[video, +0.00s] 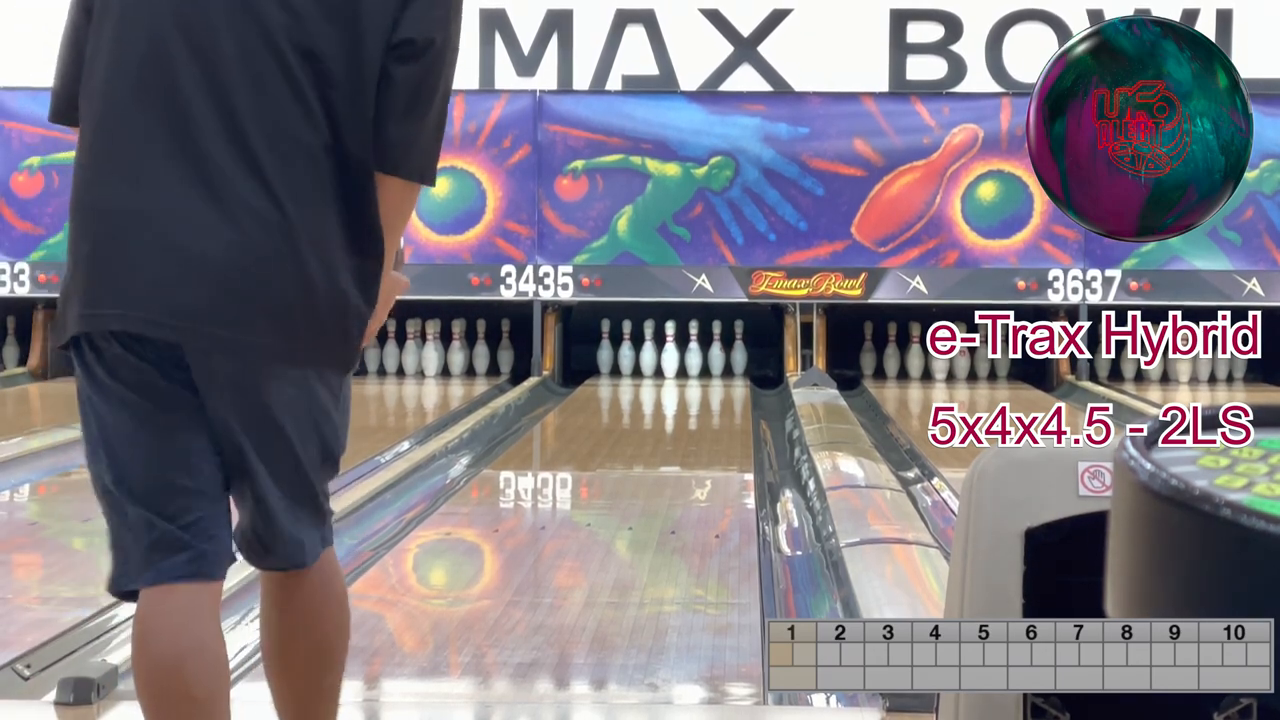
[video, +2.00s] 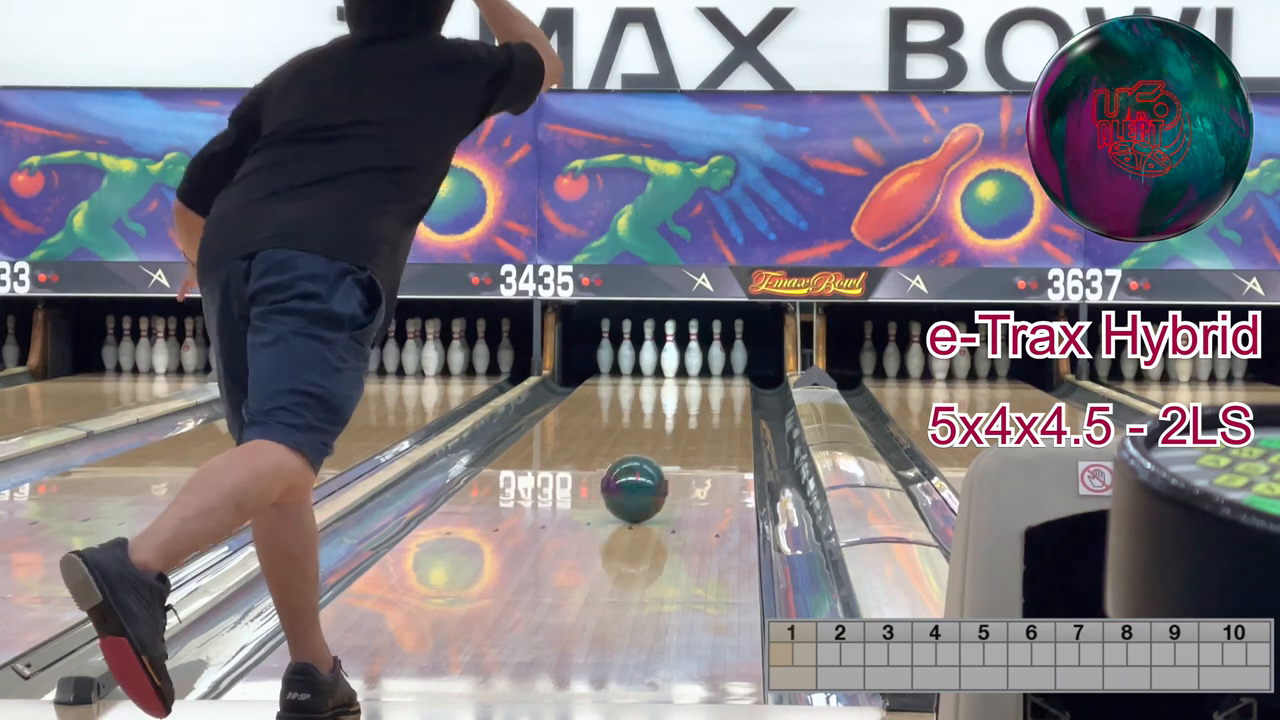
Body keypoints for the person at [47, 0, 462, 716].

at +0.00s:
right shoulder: (414, 4)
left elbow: (83, 98)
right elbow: (406, 129)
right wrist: (376, 261)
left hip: (117, 258)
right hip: (287, 266)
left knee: (170, 567)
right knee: (296, 543)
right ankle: (310, 717)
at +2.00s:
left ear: (353, 14)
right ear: (433, 17)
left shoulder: (293, 74)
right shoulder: (453, 62)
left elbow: (195, 199)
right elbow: (542, 62)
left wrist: (203, 269)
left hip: (227, 251)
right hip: (324, 247)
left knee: (280, 464)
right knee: (286, 446)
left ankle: (313, 671)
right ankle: (137, 566)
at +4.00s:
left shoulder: (175, 2)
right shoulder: (385, 2)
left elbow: (143, 123)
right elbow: (410, 129)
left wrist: (152, 252)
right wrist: (445, 260)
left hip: (193, 257)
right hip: (310, 265)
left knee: (194, 451)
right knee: (289, 484)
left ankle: (172, 671)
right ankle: (271, 696)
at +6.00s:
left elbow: (117, 98)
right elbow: (464, 92)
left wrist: (112, 257)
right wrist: (470, 267)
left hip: (202, 267)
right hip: (366, 270)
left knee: (187, 522)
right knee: (340, 538)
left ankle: (195, 713)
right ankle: (335, 717)